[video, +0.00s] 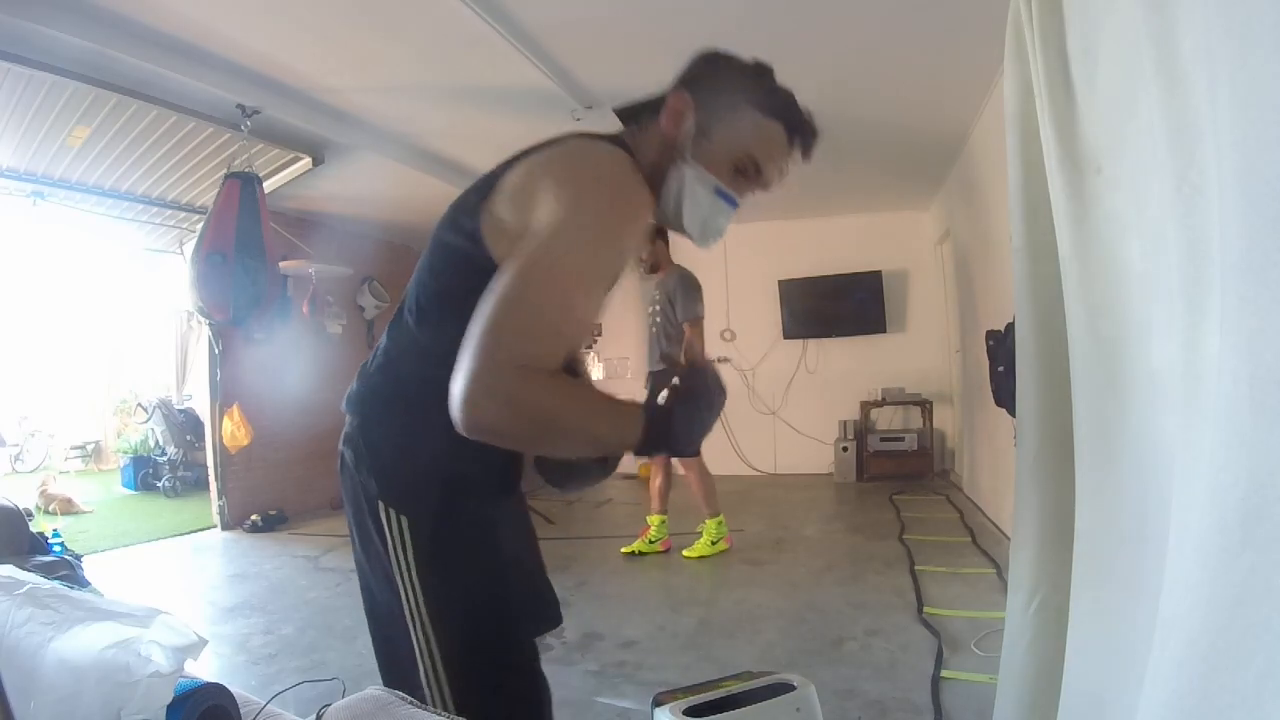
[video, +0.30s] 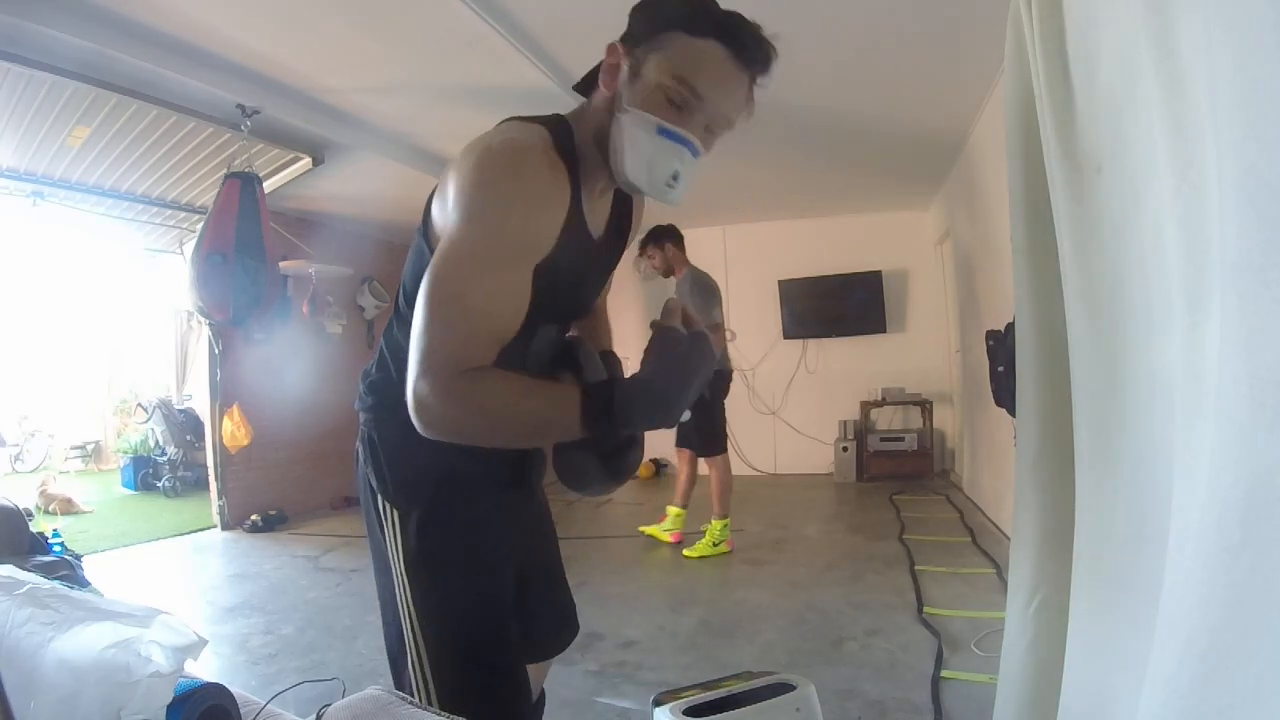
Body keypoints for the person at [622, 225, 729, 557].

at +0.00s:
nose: (639, 257)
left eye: (644, 249)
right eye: (636, 250)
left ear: (662, 245)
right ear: (638, 251)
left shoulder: (682, 281)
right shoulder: (651, 284)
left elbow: (694, 333)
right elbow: (656, 333)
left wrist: (687, 378)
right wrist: (653, 375)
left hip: (682, 376)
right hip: (657, 377)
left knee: (688, 456)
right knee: (658, 456)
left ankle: (716, 529)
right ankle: (657, 530)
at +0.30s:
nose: (651, 266)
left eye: (652, 258)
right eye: (648, 260)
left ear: (670, 249)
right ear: (669, 251)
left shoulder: (699, 284)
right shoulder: (684, 285)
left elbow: (716, 338)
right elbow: (688, 335)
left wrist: (701, 377)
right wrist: (673, 369)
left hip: (711, 375)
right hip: (694, 374)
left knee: (714, 452)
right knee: (685, 448)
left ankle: (720, 532)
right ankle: (674, 522)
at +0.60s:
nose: (670, 265)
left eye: (671, 257)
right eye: (669, 258)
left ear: (686, 251)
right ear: (693, 252)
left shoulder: (705, 284)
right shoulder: (717, 282)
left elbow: (711, 339)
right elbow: (718, 337)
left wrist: (685, 376)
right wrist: (686, 367)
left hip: (717, 375)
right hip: (725, 374)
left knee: (717, 454)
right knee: (722, 450)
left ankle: (719, 533)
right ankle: (738, 512)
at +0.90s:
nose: (690, 272)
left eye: (691, 265)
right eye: (689, 266)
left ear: (701, 259)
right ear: (715, 259)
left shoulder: (708, 286)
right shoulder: (741, 289)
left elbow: (711, 334)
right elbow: (756, 341)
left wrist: (691, 374)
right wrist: (754, 376)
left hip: (720, 379)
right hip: (744, 378)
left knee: (719, 454)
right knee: (743, 447)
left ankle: (718, 533)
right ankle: (751, 515)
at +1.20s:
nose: (697, 280)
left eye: (697, 273)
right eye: (695, 275)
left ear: (708, 265)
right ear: (720, 266)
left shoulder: (714, 288)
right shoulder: (745, 294)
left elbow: (719, 329)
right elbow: (759, 342)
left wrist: (709, 375)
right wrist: (767, 380)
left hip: (722, 379)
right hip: (748, 380)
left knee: (701, 444)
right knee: (746, 445)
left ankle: (710, 522)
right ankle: (752, 516)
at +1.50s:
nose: (690, 283)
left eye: (690, 277)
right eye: (689, 278)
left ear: (701, 269)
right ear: (714, 270)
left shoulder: (705, 292)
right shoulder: (735, 295)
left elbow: (713, 330)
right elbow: (747, 342)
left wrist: (716, 373)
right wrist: (747, 380)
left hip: (714, 378)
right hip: (740, 380)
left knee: (699, 444)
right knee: (742, 444)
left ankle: (688, 508)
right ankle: (752, 514)